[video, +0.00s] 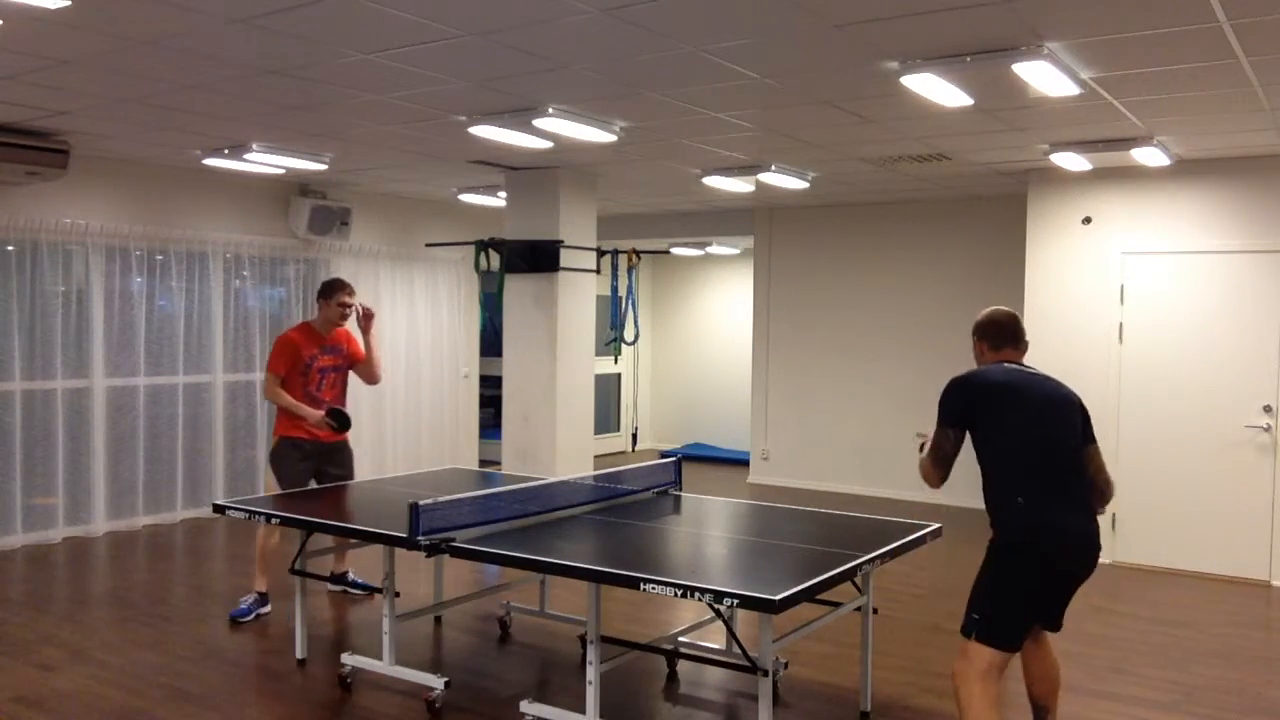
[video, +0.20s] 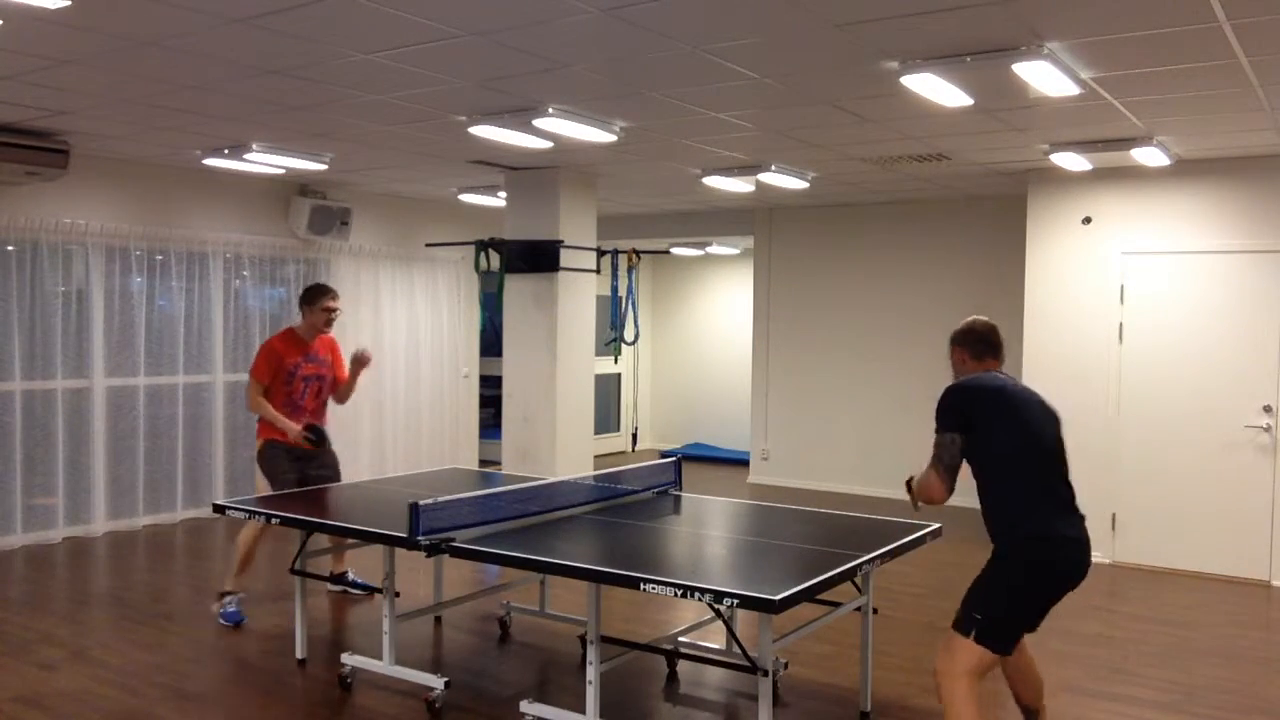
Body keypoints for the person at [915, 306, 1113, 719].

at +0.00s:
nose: (975, 355)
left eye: (974, 348)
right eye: (978, 349)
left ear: (979, 346)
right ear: (1025, 347)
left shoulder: (968, 386)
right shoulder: (1064, 394)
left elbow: (934, 476)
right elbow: (1102, 488)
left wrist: (927, 451)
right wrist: (1069, 515)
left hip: (1022, 540)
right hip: (1080, 542)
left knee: (976, 670)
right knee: (1034, 632)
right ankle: (1045, 717)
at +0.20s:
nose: (953, 369)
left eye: (952, 361)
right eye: (955, 361)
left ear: (959, 356)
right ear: (999, 357)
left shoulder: (962, 394)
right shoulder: (1035, 402)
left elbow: (936, 492)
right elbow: (1048, 479)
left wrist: (917, 485)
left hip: (1027, 551)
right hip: (1071, 551)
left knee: (955, 668)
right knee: (1008, 641)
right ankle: (1035, 714)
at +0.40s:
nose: (924, 374)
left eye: (926, 364)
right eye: (924, 364)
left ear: (945, 362)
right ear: (966, 362)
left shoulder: (968, 403)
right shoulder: (990, 402)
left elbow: (949, 496)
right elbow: (928, 491)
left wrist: (906, 468)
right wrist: (844, 494)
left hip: (1015, 573)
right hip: (1041, 567)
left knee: (926, 688)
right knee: (989, 651)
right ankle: (1031, 715)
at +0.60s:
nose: (884, 367)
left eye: (886, 356)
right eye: (884, 357)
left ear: (903, 356)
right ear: (932, 355)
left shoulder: (929, 406)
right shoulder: (971, 402)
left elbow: (919, 516)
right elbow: (945, 518)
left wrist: (849, 479)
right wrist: (867, 531)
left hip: (993, 579)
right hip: (1038, 571)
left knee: (894, 696)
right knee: (1011, 665)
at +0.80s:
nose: (878, 352)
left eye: (880, 342)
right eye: (878, 342)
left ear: (898, 343)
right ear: (935, 342)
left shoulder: (908, 403)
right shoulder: (980, 388)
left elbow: (909, 516)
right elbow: (968, 500)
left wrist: (873, 503)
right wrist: (889, 496)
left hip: (990, 566)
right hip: (1046, 557)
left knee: (903, 694)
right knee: (1007, 658)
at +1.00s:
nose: (900, 348)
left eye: (902, 339)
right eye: (900, 339)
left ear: (921, 339)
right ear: (957, 338)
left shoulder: (917, 397)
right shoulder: (1005, 386)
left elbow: (920, 511)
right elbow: (1040, 481)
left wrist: (897, 502)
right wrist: (952, 516)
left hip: (993, 561)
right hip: (1053, 554)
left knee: (913, 694)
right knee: (1017, 660)